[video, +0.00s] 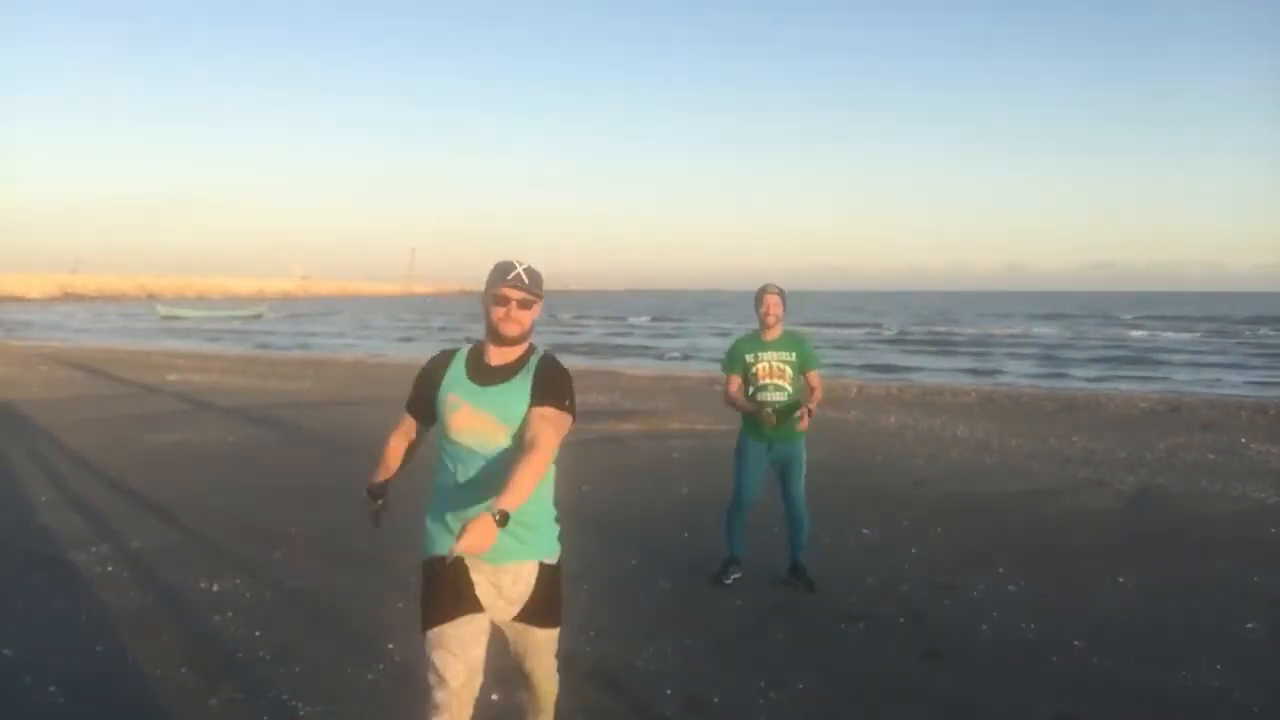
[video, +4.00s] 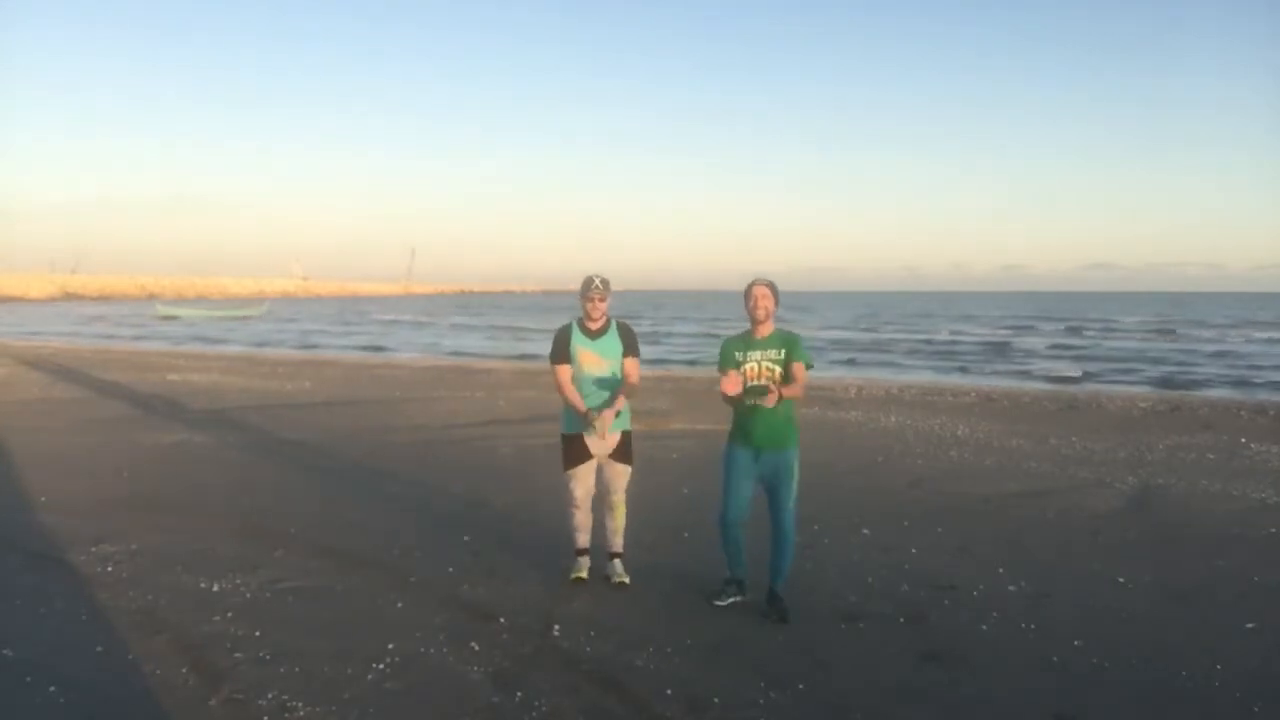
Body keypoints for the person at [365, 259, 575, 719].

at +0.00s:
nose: (510, 312)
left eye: (523, 304)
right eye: (501, 301)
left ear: (538, 312)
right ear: (485, 303)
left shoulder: (549, 375)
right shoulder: (443, 368)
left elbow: (539, 448)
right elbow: (405, 433)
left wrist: (497, 515)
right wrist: (378, 485)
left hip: (528, 551)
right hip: (450, 546)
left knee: (539, 681)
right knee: (450, 687)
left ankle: (542, 714)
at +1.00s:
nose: (550, 313)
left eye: (553, 306)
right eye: (543, 306)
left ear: (550, 308)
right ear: (518, 305)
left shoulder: (559, 355)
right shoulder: (483, 352)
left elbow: (575, 414)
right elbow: (446, 406)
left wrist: (575, 456)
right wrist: (416, 459)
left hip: (547, 478)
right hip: (496, 479)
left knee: (548, 561)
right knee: (503, 574)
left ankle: (543, 614)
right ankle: (497, 671)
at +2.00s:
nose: (542, 304)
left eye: (548, 299)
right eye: (536, 298)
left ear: (556, 301)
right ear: (526, 299)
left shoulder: (569, 338)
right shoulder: (506, 337)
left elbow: (581, 390)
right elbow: (485, 383)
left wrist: (573, 436)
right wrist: (469, 425)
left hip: (562, 443)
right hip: (519, 445)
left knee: (571, 516)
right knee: (523, 519)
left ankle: (580, 572)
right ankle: (524, 589)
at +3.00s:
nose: (571, 315)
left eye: (576, 309)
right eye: (565, 309)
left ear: (580, 309)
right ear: (552, 305)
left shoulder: (586, 339)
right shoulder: (529, 338)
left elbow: (606, 380)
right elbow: (510, 387)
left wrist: (622, 421)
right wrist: (510, 429)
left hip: (578, 432)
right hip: (538, 434)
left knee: (584, 500)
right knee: (540, 501)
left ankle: (592, 566)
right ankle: (540, 562)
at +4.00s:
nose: (595, 305)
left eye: (601, 300)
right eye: (590, 299)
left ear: (608, 301)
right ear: (581, 301)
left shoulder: (623, 332)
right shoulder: (565, 335)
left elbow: (632, 379)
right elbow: (564, 384)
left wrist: (612, 410)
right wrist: (587, 414)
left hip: (617, 426)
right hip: (578, 427)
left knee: (616, 496)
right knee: (580, 496)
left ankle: (615, 559)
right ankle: (581, 557)